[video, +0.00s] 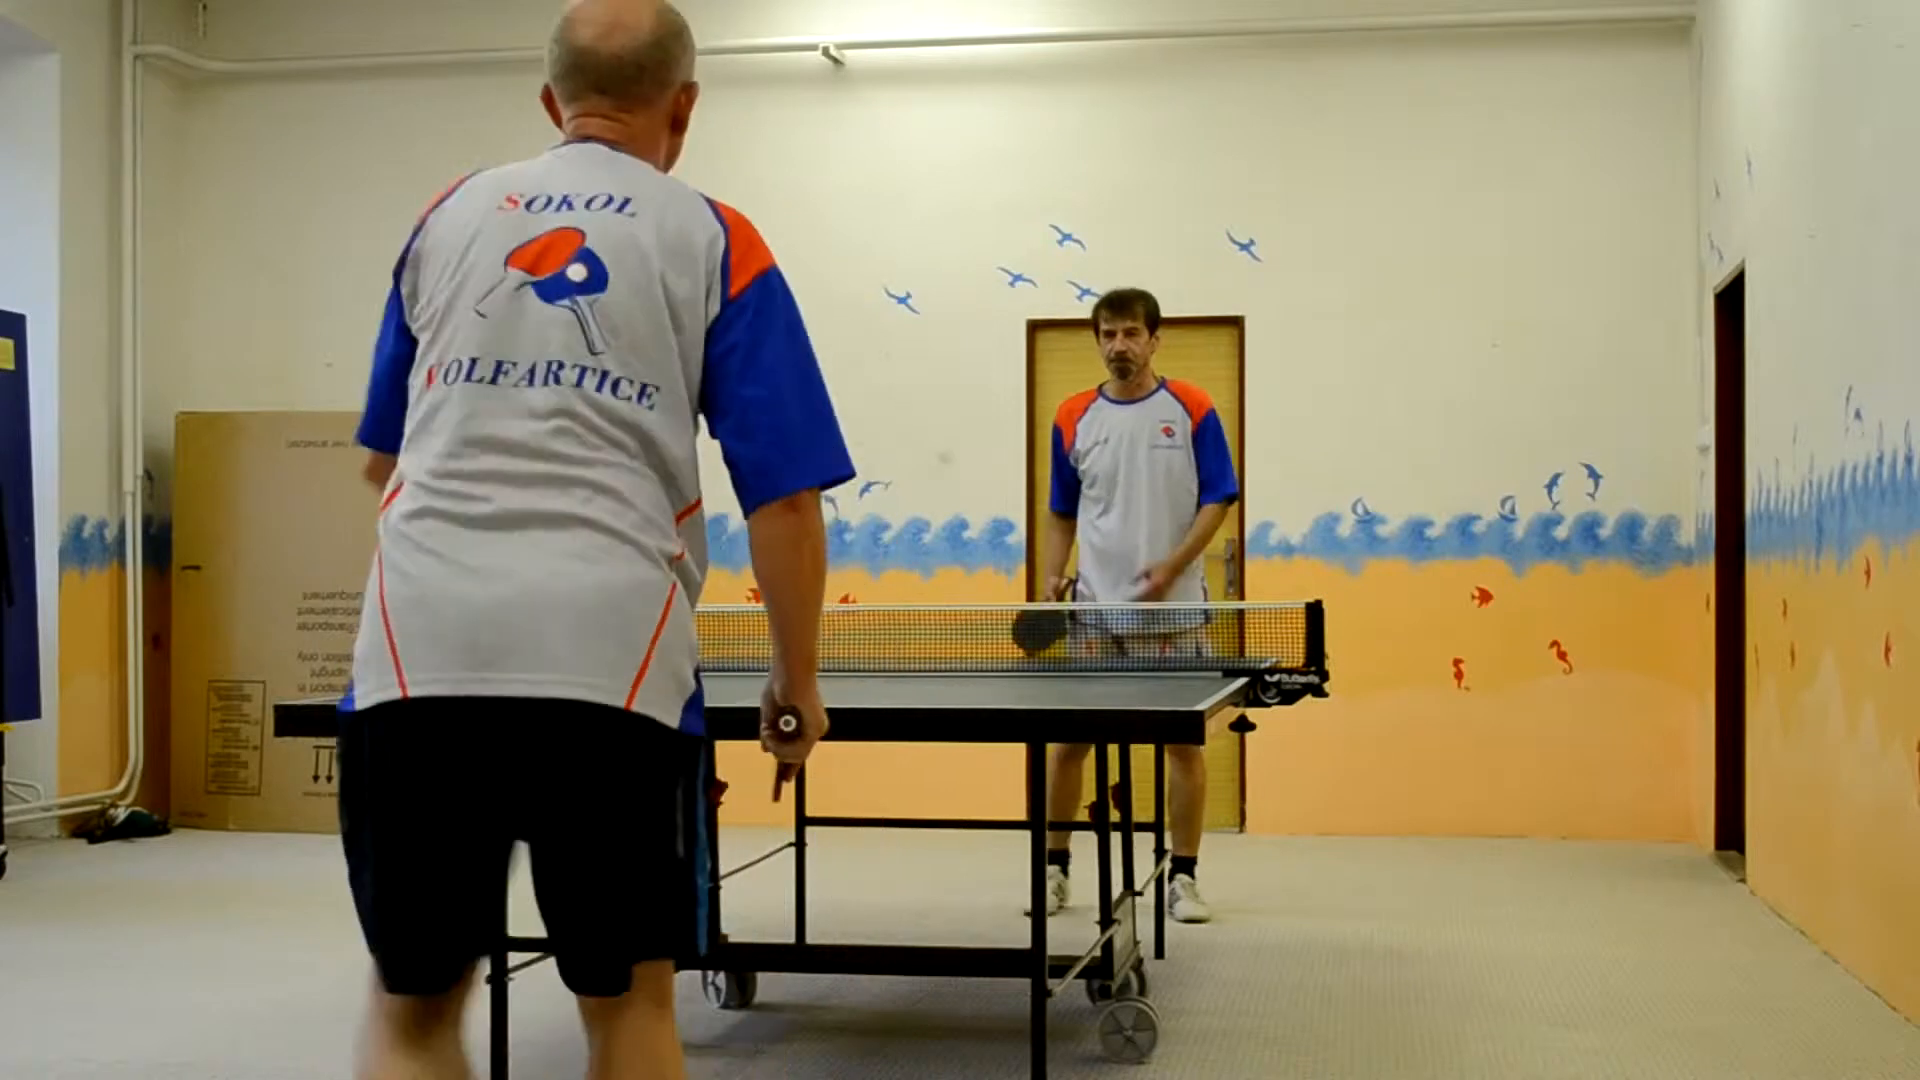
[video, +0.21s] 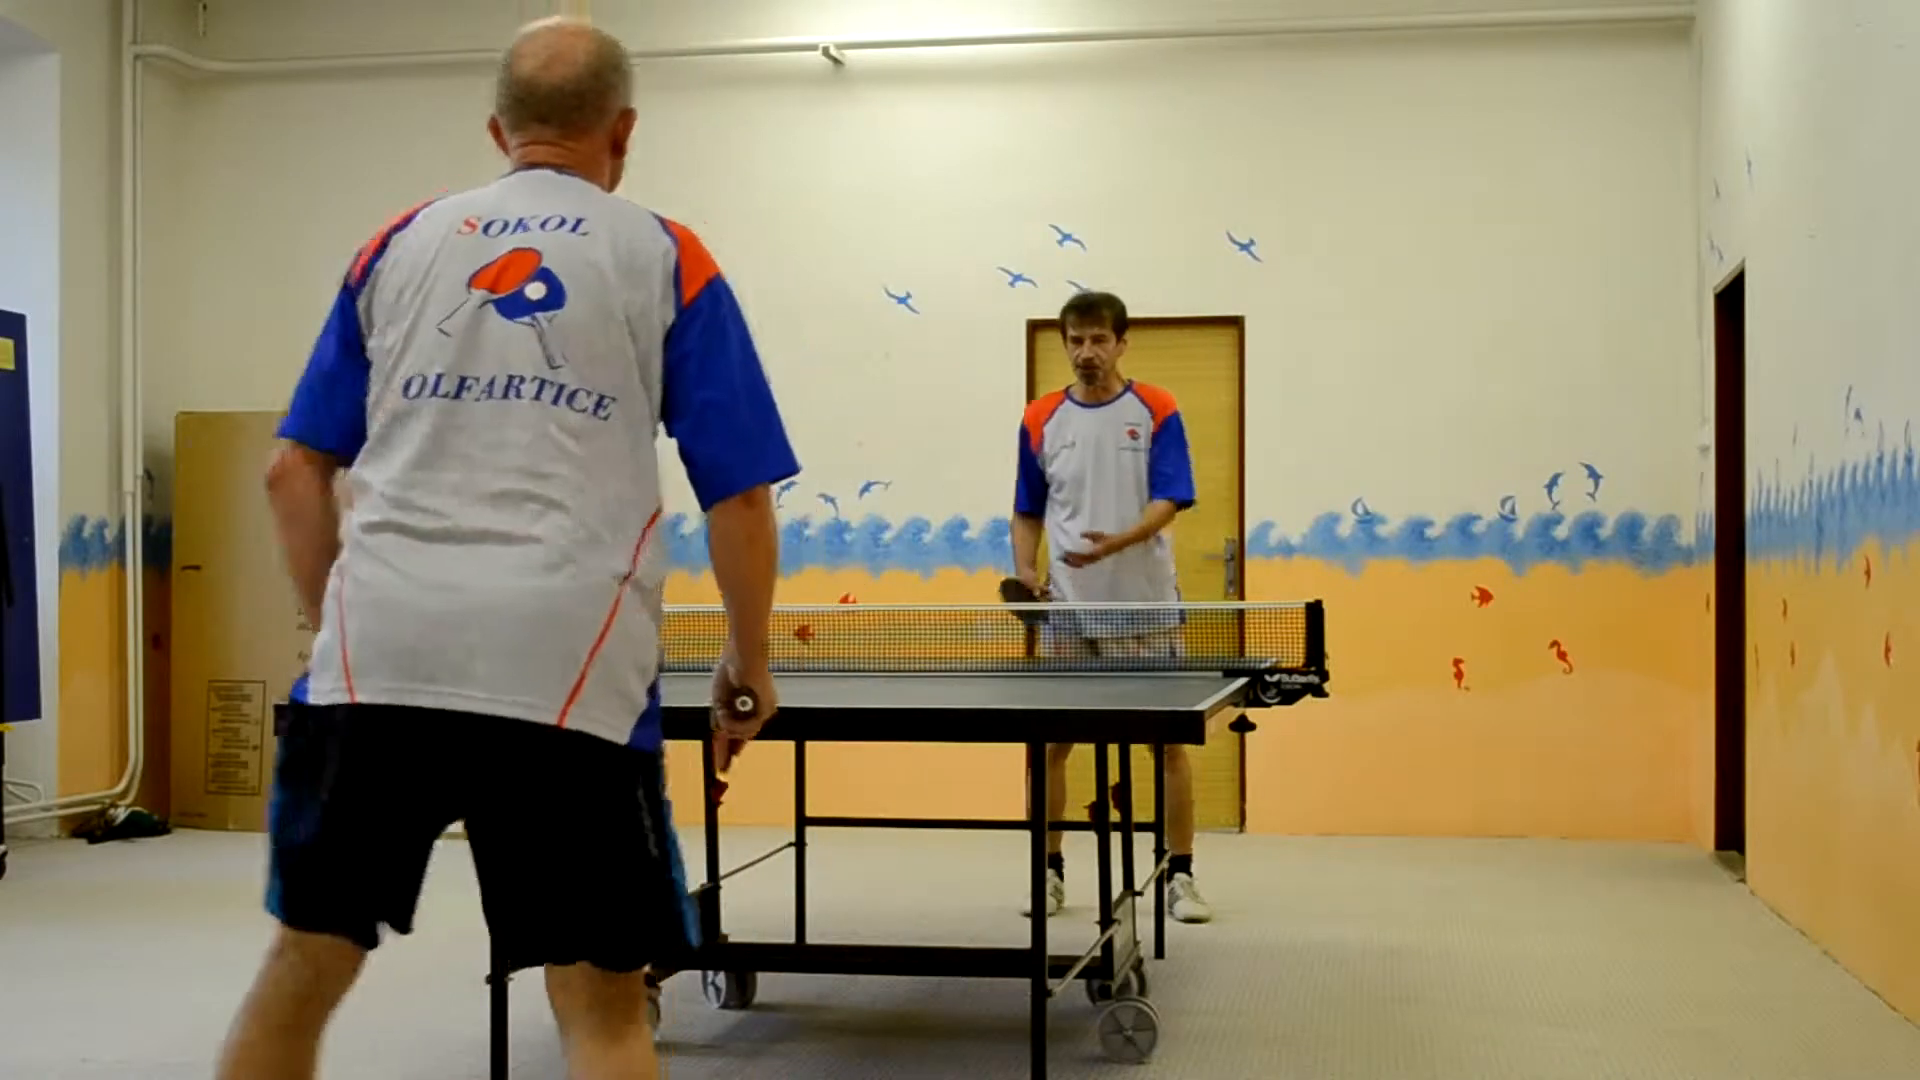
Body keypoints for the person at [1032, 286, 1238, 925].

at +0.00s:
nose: (1119, 344)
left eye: (1130, 333)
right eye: (1109, 334)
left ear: (1153, 339)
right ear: (1097, 341)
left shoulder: (1191, 409)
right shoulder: (1073, 417)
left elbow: (1220, 497)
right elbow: (1061, 510)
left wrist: (1177, 561)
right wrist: (1052, 574)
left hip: (1173, 610)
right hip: (1094, 611)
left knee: (1185, 742)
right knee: (1069, 740)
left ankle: (1182, 874)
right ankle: (1054, 870)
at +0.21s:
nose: (1086, 352)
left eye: (1097, 340)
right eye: (1076, 341)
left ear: (1121, 343)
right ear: (1064, 346)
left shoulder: (1156, 409)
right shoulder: (1040, 419)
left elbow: (1171, 500)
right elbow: (1027, 508)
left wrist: (1120, 541)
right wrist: (1028, 567)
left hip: (1145, 606)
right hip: (1067, 608)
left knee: (1171, 740)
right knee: (1051, 740)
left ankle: (1178, 872)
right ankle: (1049, 870)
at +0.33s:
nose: (1066, 357)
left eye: (1078, 345)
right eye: (1057, 345)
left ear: (1102, 346)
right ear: (1045, 347)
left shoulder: (1137, 408)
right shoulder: (1023, 419)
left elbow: (1140, 499)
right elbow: (1013, 510)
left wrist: (1084, 528)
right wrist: (1009, 562)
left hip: (1131, 605)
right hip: (1054, 609)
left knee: (1167, 735)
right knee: (1043, 739)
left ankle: (1173, 868)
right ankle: (1048, 869)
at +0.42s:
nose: (1054, 356)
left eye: (1066, 346)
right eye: (1047, 345)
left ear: (1095, 348)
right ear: (1039, 346)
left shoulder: (1131, 408)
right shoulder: (1018, 417)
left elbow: (1127, 498)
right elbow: (1003, 502)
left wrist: (1064, 520)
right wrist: (1000, 564)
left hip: (1127, 602)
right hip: (1051, 607)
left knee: (1161, 731)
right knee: (1042, 737)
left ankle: (1168, 865)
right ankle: (1047, 867)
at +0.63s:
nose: (1057, 359)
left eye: (1070, 350)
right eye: (1052, 347)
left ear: (1100, 352)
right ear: (1042, 345)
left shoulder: (1136, 408)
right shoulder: (1021, 419)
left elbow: (1124, 500)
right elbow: (1005, 506)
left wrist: (1058, 516)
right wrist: (1000, 569)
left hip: (1126, 604)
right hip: (1050, 608)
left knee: (1147, 734)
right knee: (1041, 737)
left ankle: (1145, 863)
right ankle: (1046, 867)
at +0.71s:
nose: (1071, 360)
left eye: (1083, 350)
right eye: (1064, 348)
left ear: (1109, 351)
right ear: (1054, 348)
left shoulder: (1144, 409)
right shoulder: (1028, 419)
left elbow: (1141, 501)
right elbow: (1010, 506)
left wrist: (1069, 519)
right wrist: (1006, 566)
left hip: (1131, 606)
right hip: (1054, 608)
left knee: (1143, 735)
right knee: (1044, 739)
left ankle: (1140, 862)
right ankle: (1046, 866)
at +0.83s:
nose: (1097, 361)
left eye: (1109, 351)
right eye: (1088, 351)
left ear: (1130, 351)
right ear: (1074, 352)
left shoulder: (1164, 409)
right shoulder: (1045, 421)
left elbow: (1175, 501)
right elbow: (1021, 507)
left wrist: (1097, 528)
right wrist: (1022, 568)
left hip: (1145, 606)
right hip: (1070, 608)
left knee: (1145, 737)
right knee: (1054, 740)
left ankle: (1141, 865)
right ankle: (1049, 865)